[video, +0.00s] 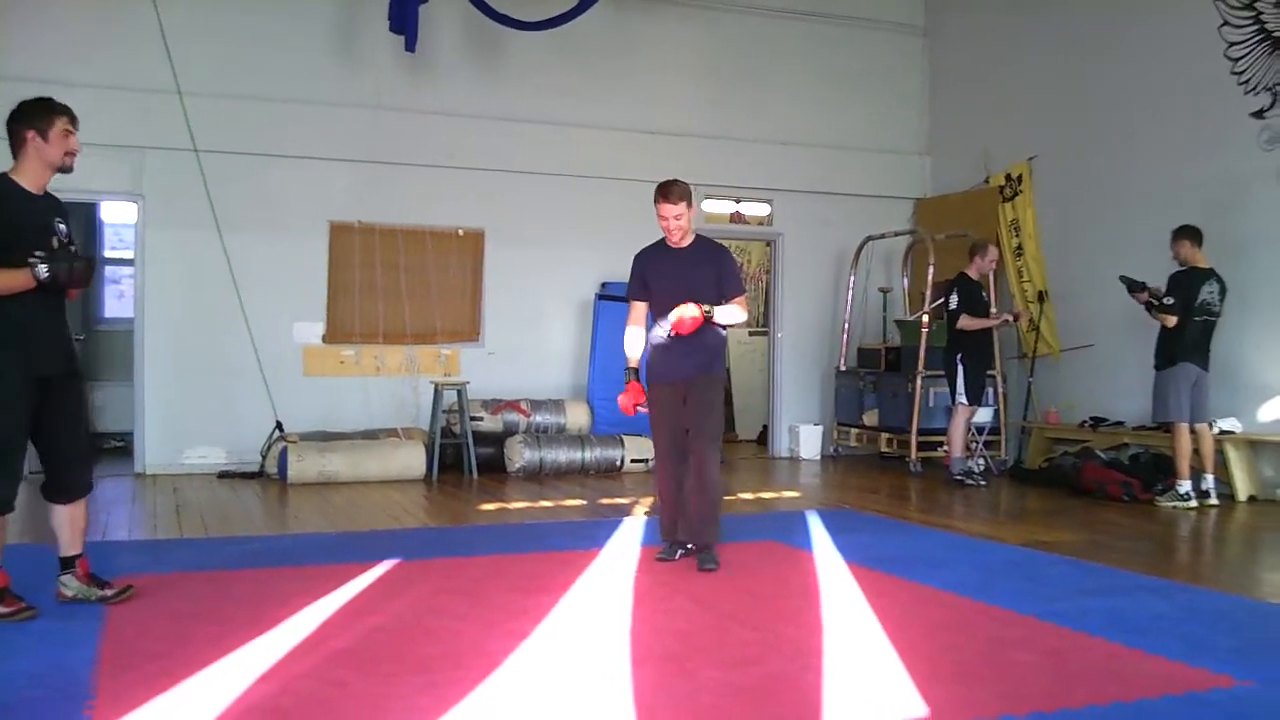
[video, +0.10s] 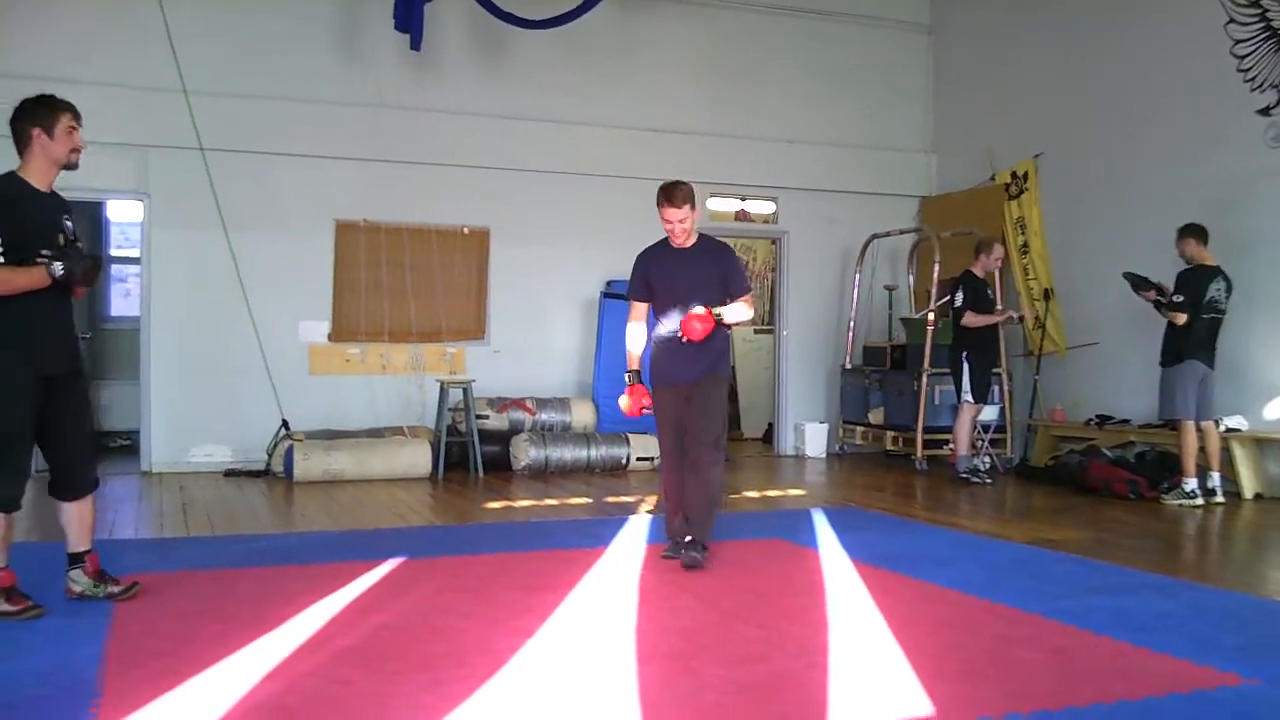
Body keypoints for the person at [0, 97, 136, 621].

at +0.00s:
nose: (76, 144)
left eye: (75, 134)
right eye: (67, 134)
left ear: (42, 141)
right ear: (32, 139)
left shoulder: (56, 209)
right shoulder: (2, 199)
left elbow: (70, 286)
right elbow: (0, 280)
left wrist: (76, 269)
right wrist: (41, 272)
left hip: (54, 360)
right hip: (9, 363)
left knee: (70, 462)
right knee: (6, 475)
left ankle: (74, 573)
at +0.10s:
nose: (80, 141)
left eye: (79, 132)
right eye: (71, 132)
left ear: (48, 140)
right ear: (37, 138)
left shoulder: (61, 209)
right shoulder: (5, 197)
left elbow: (73, 288)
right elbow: (2, 279)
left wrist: (82, 266)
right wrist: (51, 271)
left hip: (59, 360)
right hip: (11, 363)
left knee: (77, 461)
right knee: (8, 475)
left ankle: (82, 571)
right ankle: (1, 579)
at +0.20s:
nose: (98, 146)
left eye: (97, 137)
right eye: (90, 136)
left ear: (64, 143)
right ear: (56, 140)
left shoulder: (73, 212)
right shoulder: (12, 199)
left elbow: (84, 281)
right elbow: (7, 281)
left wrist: (94, 269)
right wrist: (71, 273)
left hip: (72, 362)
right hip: (20, 366)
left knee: (96, 461)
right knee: (18, 473)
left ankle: (100, 569)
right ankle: (8, 581)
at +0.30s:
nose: (105, 152)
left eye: (106, 143)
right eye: (98, 141)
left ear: (74, 145)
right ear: (64, 141)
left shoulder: (75, 212)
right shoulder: (18, 199)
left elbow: (79, 276)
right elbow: (9, 283)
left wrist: (97, 271)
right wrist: (78, 274)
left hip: (76, 364)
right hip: (25, 368)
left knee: (102, 462)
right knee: (21, 474)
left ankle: (116, 568)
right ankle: (8, 582)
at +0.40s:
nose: (123, 156)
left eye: (125, 148)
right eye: (116, 146)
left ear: (99, 150)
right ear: (83, 144)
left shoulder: (96, 215)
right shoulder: (43, 202)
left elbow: (88, 278)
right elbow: (36, 287)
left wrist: (117, 274)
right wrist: (104, 278)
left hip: (101, 364)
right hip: (53, 367)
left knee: (124, 466)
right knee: (45, 472)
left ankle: (147, 573)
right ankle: (31, 588)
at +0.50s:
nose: (156, 162)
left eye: (159, 154)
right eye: (148, 151)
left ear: (148, 159)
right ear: (116, 151)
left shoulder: (134, 220)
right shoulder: (78, 208)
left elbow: (130, 287)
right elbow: (68, 291)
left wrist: (151, 283)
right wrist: (137, 282)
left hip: (134, 370)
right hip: (85, 371)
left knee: (146, 472)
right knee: (67, 476)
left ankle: (163, 575)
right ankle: (46, 588)